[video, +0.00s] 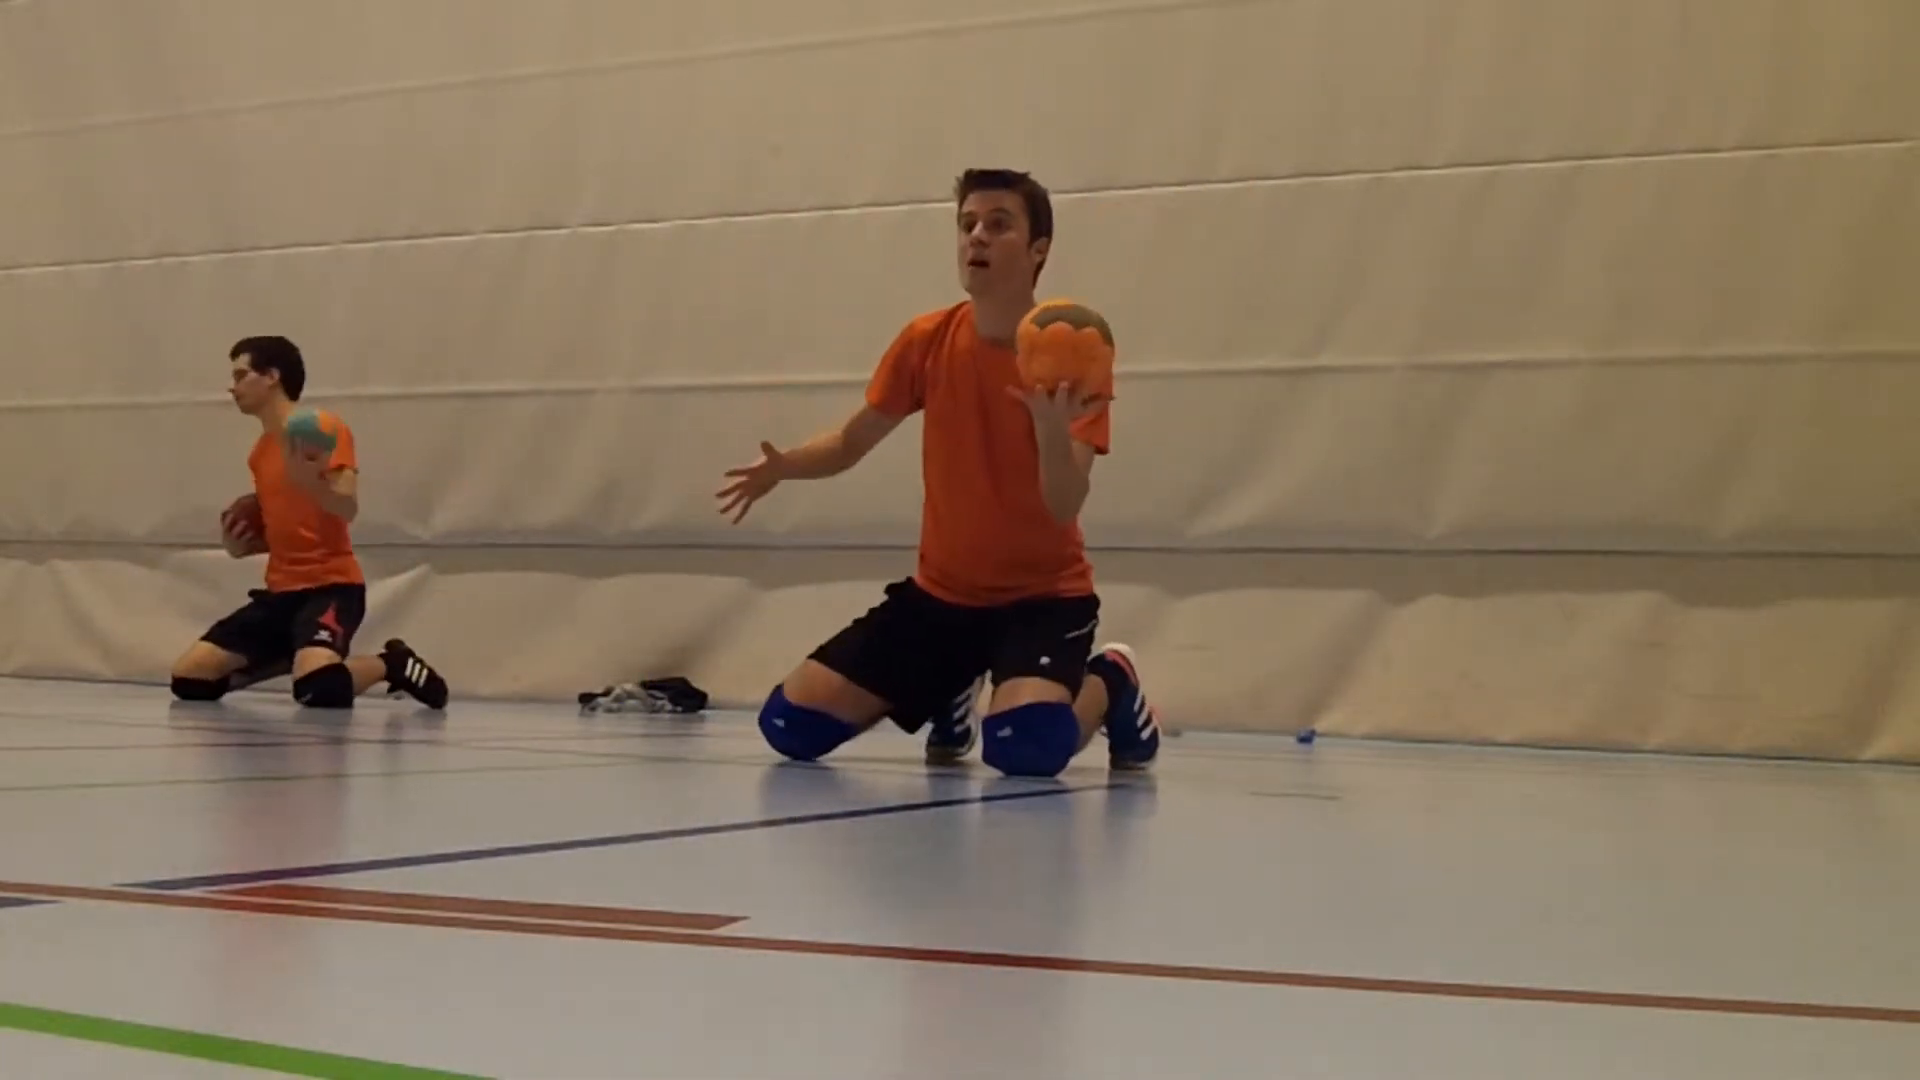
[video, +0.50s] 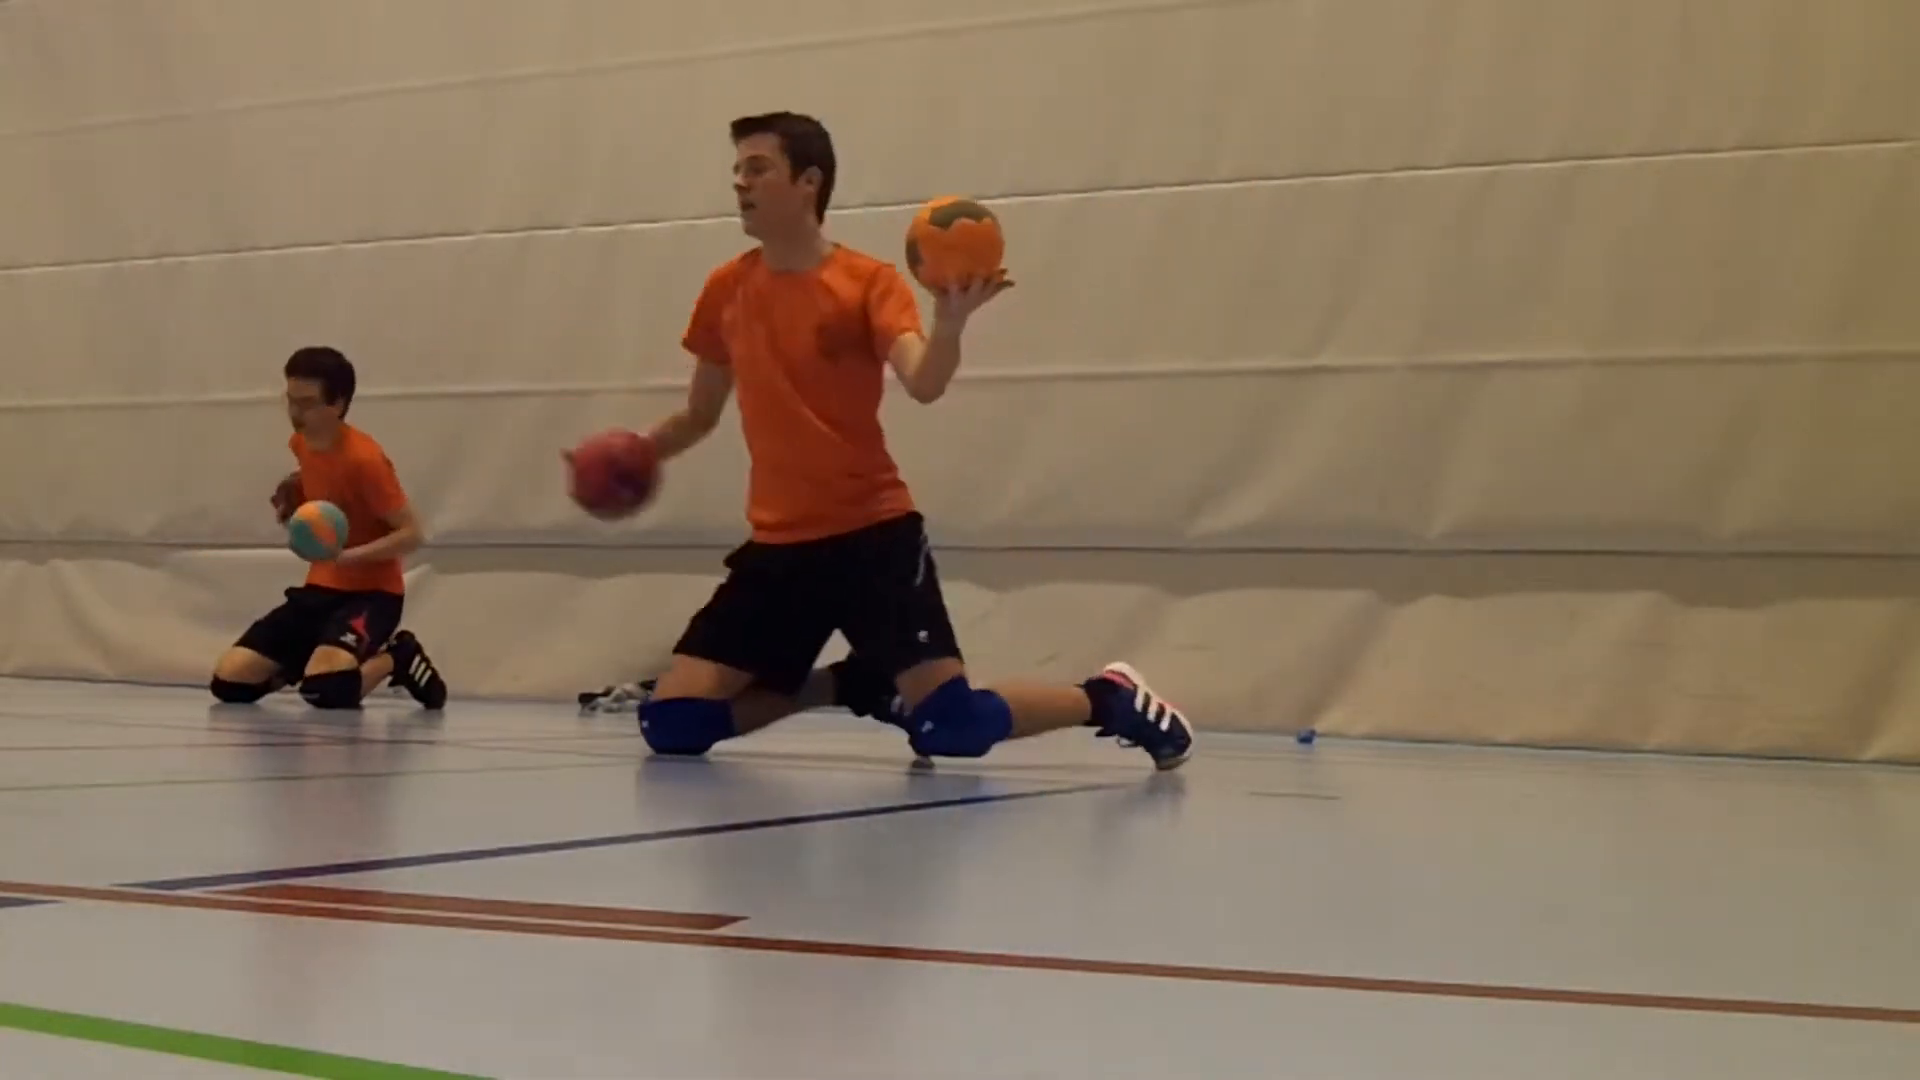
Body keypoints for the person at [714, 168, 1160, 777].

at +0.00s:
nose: (977, 237)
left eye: (998, 224)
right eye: (968, 225)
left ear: (1038, 251)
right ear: (956, 243)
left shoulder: (1069, 353)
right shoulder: (928, 341)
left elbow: (1065, 503)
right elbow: (848, 443)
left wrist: (1054, 431)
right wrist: (784, 465)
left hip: (1045, 600)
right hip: (940, 596)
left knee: (1023, 750)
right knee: (789, 729)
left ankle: (1113, 681)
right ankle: (945, 682)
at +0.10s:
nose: (953, 228)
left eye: (975, 216)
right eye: (945, 217)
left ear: (1016, 242)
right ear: (933, 237)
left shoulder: (1051, 348)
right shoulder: (909, 340)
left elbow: (1061, 488)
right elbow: (826, 446)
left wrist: (1052, 416)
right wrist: (769, 443)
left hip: (1032, 600)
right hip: (925, 596)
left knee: (1032, 752)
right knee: (767, 722)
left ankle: (1098, 686)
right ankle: (940, 679)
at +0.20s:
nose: (904, 223)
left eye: (926, 209)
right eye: (898, 212)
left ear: (972, 234)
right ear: (892, 232)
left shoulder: (1015, 337)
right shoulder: (870, 339)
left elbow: (1046, 463)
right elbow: (760, 428)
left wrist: (1046, 383)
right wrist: (696, 391)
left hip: (1009, 595)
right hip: (903, 595)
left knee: (1035, 754)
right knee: (749, 723)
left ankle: (1090, 688)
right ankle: (924, 677)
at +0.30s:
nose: (844, 221)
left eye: (864, 207)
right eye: (839, 209)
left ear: (914, 229)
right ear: (835, 231)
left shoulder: (967, 326)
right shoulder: (817, 330)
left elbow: (1012, 427)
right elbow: (684, 382)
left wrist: (1033, 358)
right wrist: (581, 340)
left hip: (977, 582)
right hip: (873, 591)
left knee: (1021, 753)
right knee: (734, 727)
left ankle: (1097, 686)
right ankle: (905, 679)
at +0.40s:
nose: (787, 209)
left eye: (804, 193)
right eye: (783, 196)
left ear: (858, 208)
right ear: (785, 214)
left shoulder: (917, 303)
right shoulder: (765, 309)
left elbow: (968, 397)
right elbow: (642, 381)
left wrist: (995, 330)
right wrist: (516, 380)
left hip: (930, 560)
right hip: (829, 574)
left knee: (991, 742)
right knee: (710, 729)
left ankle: (1112, 694)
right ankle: (875, 677)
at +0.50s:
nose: (739, 185)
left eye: (756, 170)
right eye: (737, 171)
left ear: (809, 183)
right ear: (743, 184)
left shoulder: (868, 282)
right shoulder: (729, 287)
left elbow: (924, 384)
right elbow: (698, 411)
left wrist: (950, 318)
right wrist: (635, 451)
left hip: (875, 536)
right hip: (777, 546)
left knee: (952, 726)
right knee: (672, 727)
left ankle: (1107, 701)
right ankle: (852, 685)